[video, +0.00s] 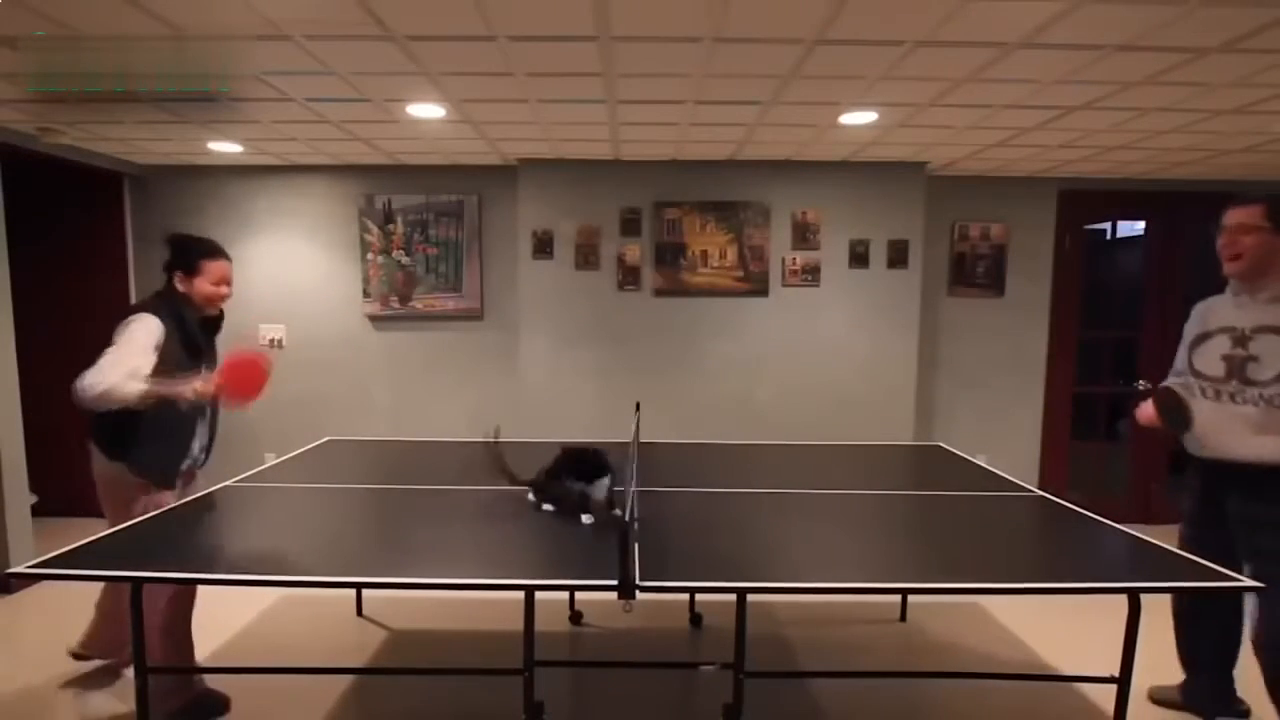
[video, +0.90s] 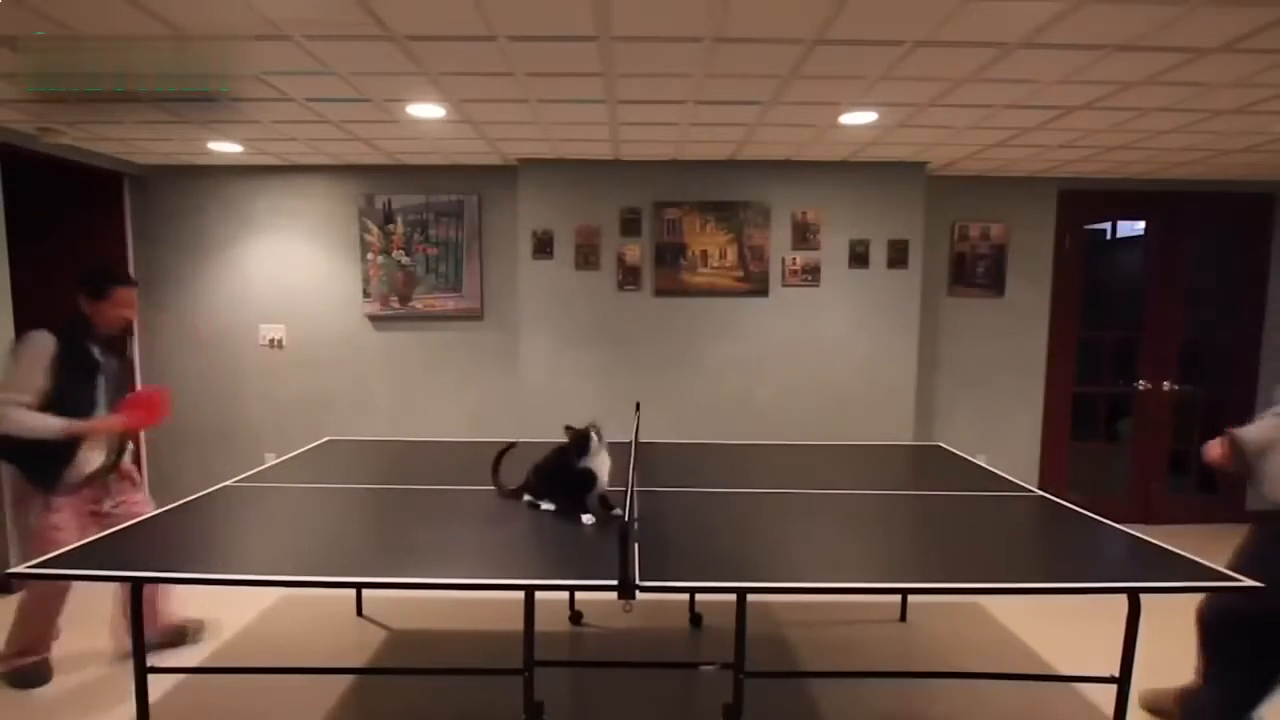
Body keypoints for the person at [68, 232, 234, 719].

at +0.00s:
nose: (227, 292)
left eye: (229, 283)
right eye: (218, 282)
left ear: (218, 283)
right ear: (182, 280)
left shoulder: (200, 327)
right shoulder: (150, 324)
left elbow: (189, 381)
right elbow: (94, 386)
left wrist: (227, 385)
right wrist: (179, 387)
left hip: (175, 469)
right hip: (132, 473)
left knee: (136, 564)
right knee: (172, 578)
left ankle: (103, 640)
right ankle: (173, 692)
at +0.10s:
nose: (227, 312)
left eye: (230, 303)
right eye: (220, 301)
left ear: (213, 301)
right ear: (187, 297)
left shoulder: (201, 340)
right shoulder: (147, 338)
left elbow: (182, 407)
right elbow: (77, 402)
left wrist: (209, 410)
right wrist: (159, 418)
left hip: (160, 468)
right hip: (114, 471)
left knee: (149, 569)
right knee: (169, 574)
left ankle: (113, 657)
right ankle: (173, 692)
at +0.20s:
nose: (219, 341)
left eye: (223, 332)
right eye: (214, 330)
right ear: (182, 322)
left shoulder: (191, 362)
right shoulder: (135, 359)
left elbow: (176, 428)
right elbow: (59, 422)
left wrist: (193, 441)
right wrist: (132, 452)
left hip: (149, 480)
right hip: (100, 483)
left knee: (172, 562)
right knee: (162, 578)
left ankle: (118, 650)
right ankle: (172, 694)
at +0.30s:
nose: (205, 341)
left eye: (209, 332)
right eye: (198, 331)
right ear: (168, 324)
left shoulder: (180, 369)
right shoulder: (119, 362)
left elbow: (161, 434)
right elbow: (48, 422)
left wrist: (162, 473)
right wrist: (114, 454)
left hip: (139, 478)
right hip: (85, 482)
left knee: (169, 550)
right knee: (133, 563)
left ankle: (117, 648)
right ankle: (164, 676)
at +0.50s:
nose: (182, 344)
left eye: (186, 335)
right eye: (176, 334)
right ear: (145, 327)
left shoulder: (155, 372)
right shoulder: (90, 360)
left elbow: (138, 439)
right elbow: (21, 416)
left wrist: (140, 498)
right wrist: (85, 453)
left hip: (115, 482)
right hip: (67, 487)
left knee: (144, 557)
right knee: (97, 568)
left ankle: (131, 642)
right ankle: (70, 669)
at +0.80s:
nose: (125, 318)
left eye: (128, 309)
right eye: (116, 308)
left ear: (129, 311)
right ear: (85, 306)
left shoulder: (116, 351)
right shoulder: (39, 345)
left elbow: (118, 411)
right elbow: (1, 415)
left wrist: (123, 427)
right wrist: (56, 437)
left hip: (101, 476)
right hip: (47, 486)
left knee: (132, 547)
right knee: (47, 564)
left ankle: (118, 639)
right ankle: (23, 655)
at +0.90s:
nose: (129, 318)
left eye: (132, 309)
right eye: (121, 308)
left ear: (129, 309)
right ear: (90, 305)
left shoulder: (116, 356)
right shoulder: (45, 346)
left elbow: (105, 417)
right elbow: (8, 416)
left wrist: (131, 418)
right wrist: (86, 427)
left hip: (109, 478)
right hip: (55, 486)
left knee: (149, 539)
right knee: (58, 562)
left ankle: (149, 629)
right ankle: (24, 654)